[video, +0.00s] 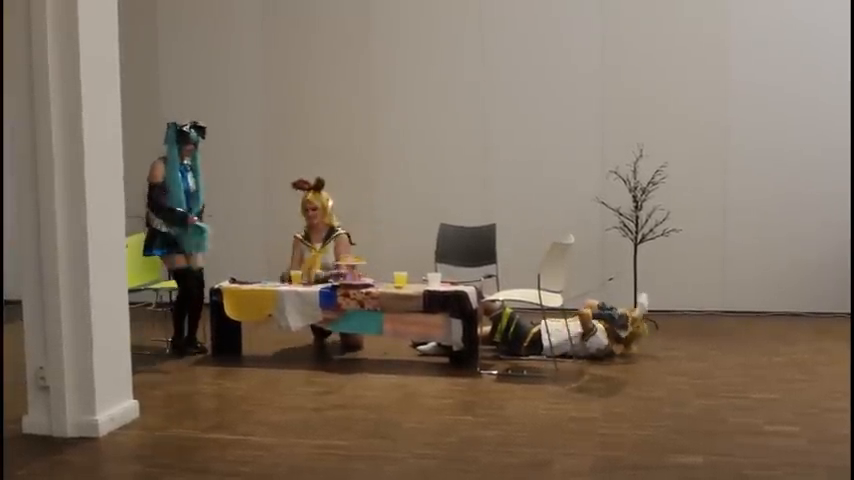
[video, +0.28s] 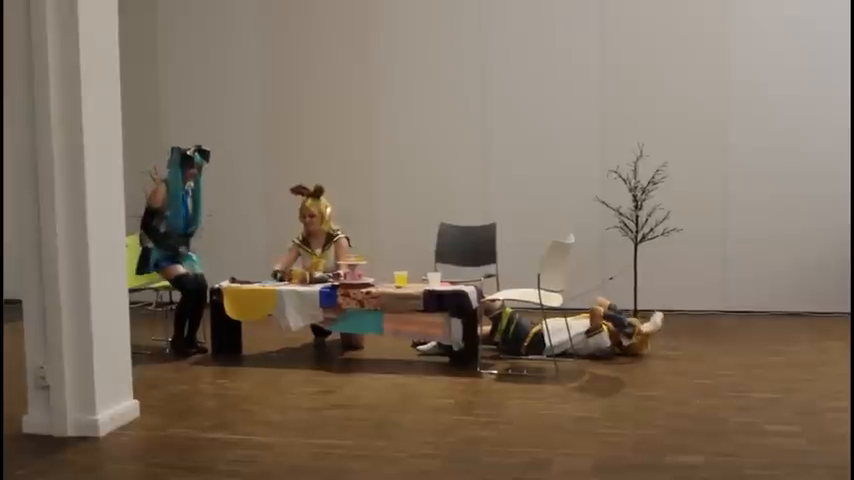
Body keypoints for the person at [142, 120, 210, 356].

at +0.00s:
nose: (191, 149)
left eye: (194, 145)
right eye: (187, 144)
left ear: (196, 146)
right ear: (177, 143)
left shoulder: (190, 168)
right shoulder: (161, 166)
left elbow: (195, 198)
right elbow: (154, 203)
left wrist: (198, 213)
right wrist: (182, 217)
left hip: (189, 232)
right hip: (167, 234)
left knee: (197, 286)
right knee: (186, 286)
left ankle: (191, 338)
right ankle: (178, 339)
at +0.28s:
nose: (194, 173)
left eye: (196, 169)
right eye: (191, 168)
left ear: (197, 170)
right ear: (180, 168)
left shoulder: (189, 191)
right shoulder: (162, 189)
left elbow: (187, 221)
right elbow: (146, 224)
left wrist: (185, 239)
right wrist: (168, 243)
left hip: (181, 251)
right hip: (160, 252)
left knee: (201, 287)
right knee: (189, 288)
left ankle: (191, 339)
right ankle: (178, 340)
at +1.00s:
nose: (172, 198)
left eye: (175, 194)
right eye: (168, 194)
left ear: (177, 196)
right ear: (158, 194)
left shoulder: (173, 216)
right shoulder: (145, 215)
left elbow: (189, 248)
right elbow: (137, 254)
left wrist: (186, 257)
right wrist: (169, 259)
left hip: (175, 268)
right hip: (154, 271)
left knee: (208, 289)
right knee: (195, 287)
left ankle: (191, 338)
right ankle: (180, 340)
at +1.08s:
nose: (172, 198)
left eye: (174, 194)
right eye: (168, 193)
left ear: (176, 195)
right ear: (158, 193)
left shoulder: (172, 215)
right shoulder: (144, 215)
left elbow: (182, 243)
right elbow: (136, 252)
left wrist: (197, 250)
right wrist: (168, 257)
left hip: (175, 266)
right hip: (155, 270)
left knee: (208, 288)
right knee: (198, 287)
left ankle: (191, 338)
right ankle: (187, 341)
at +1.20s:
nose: (171, 197)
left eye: (173, 193)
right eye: (167, 192)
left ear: (174, 194)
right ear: (158, 193)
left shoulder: (170, 213)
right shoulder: (144, 215)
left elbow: (179, 244)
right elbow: (136, 250)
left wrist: (205, 248)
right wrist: (166, 253)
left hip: (175, 265)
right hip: (156, 269)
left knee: (208, 287)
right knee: (198, 285)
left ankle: (193, 338)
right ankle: (190, 340)